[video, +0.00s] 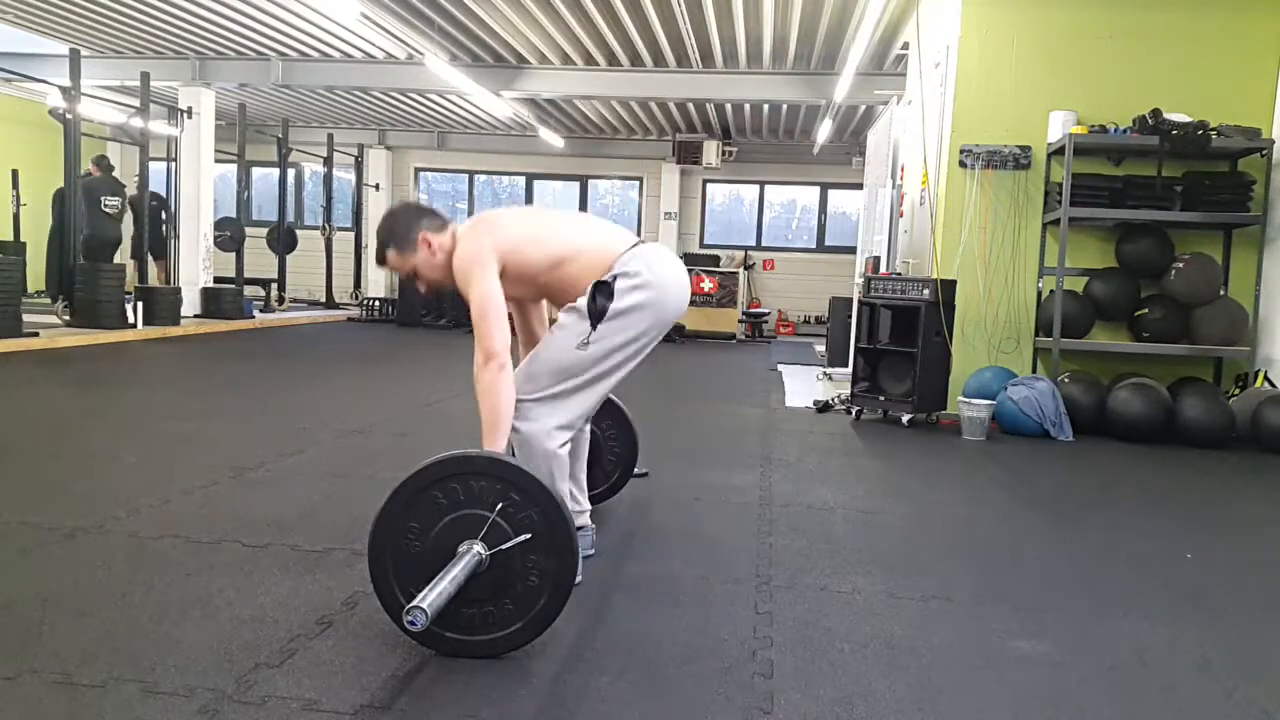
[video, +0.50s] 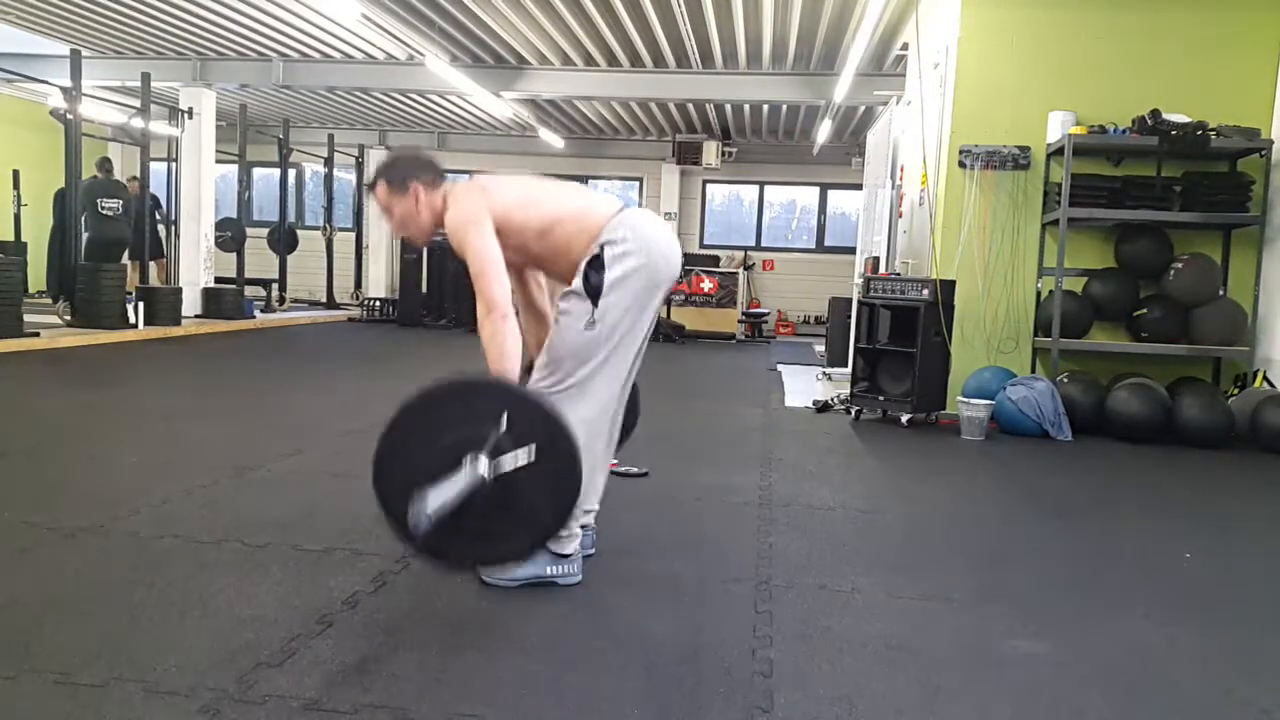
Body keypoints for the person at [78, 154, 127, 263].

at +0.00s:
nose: (90, 168)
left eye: (91, 166)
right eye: (90, 165)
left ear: (96, 167)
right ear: (108, 167)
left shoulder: (86, 184)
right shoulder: (119, 186)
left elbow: (79, 208)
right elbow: (122, 211)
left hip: (93, 232)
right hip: (114, 234)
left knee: (91, 271)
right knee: (106, 270)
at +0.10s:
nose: (92, 169)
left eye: (93, 166)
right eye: (93, 166)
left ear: (95, 168)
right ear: (109, 167)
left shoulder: (86, 185)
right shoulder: (120, 186)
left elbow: (80, 210)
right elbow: (125, 211)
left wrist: (80, 230)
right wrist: (121, 228)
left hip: (93, 233)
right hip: (116, 235)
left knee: (88, 270)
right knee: (107, 269)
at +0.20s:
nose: (93, 170)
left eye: (93, 167)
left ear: (95, 169)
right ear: (111, 168)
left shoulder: (86, 185)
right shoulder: (121, 186)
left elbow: (80, 211)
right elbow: (125, 211)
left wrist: (80, 229)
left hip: (94, 232)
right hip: (117, 233)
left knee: (85, 270)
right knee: (108, 269)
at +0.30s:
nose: (94, 170)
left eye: (94, 168)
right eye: (94, 168)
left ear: (96, 169)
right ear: (111, 169)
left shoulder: (86, 186)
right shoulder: (121, 186)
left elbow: (79, 211)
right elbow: (126, 212)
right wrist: (127, 230)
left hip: (94, 232)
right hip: (119, 233)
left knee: (88, 271)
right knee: (108, 270)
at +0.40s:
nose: (94, 171)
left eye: (95, 168)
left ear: (96, 169)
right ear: (111, 168)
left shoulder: (87, 186)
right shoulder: (121, 186)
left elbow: (78, 212)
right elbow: (129, 211)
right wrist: (126, 229)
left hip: (95, 233)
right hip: (119, 233)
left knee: (89, 271)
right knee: (110, 271)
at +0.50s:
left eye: (97, 169)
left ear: (97, 170)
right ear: (112, 169)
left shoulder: (88, 186)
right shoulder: (122, 187)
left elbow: (79, 211)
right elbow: (130, 213)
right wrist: (128, 231)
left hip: (97, 234)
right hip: (121, 234)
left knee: (90, 272)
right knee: (111, 271)